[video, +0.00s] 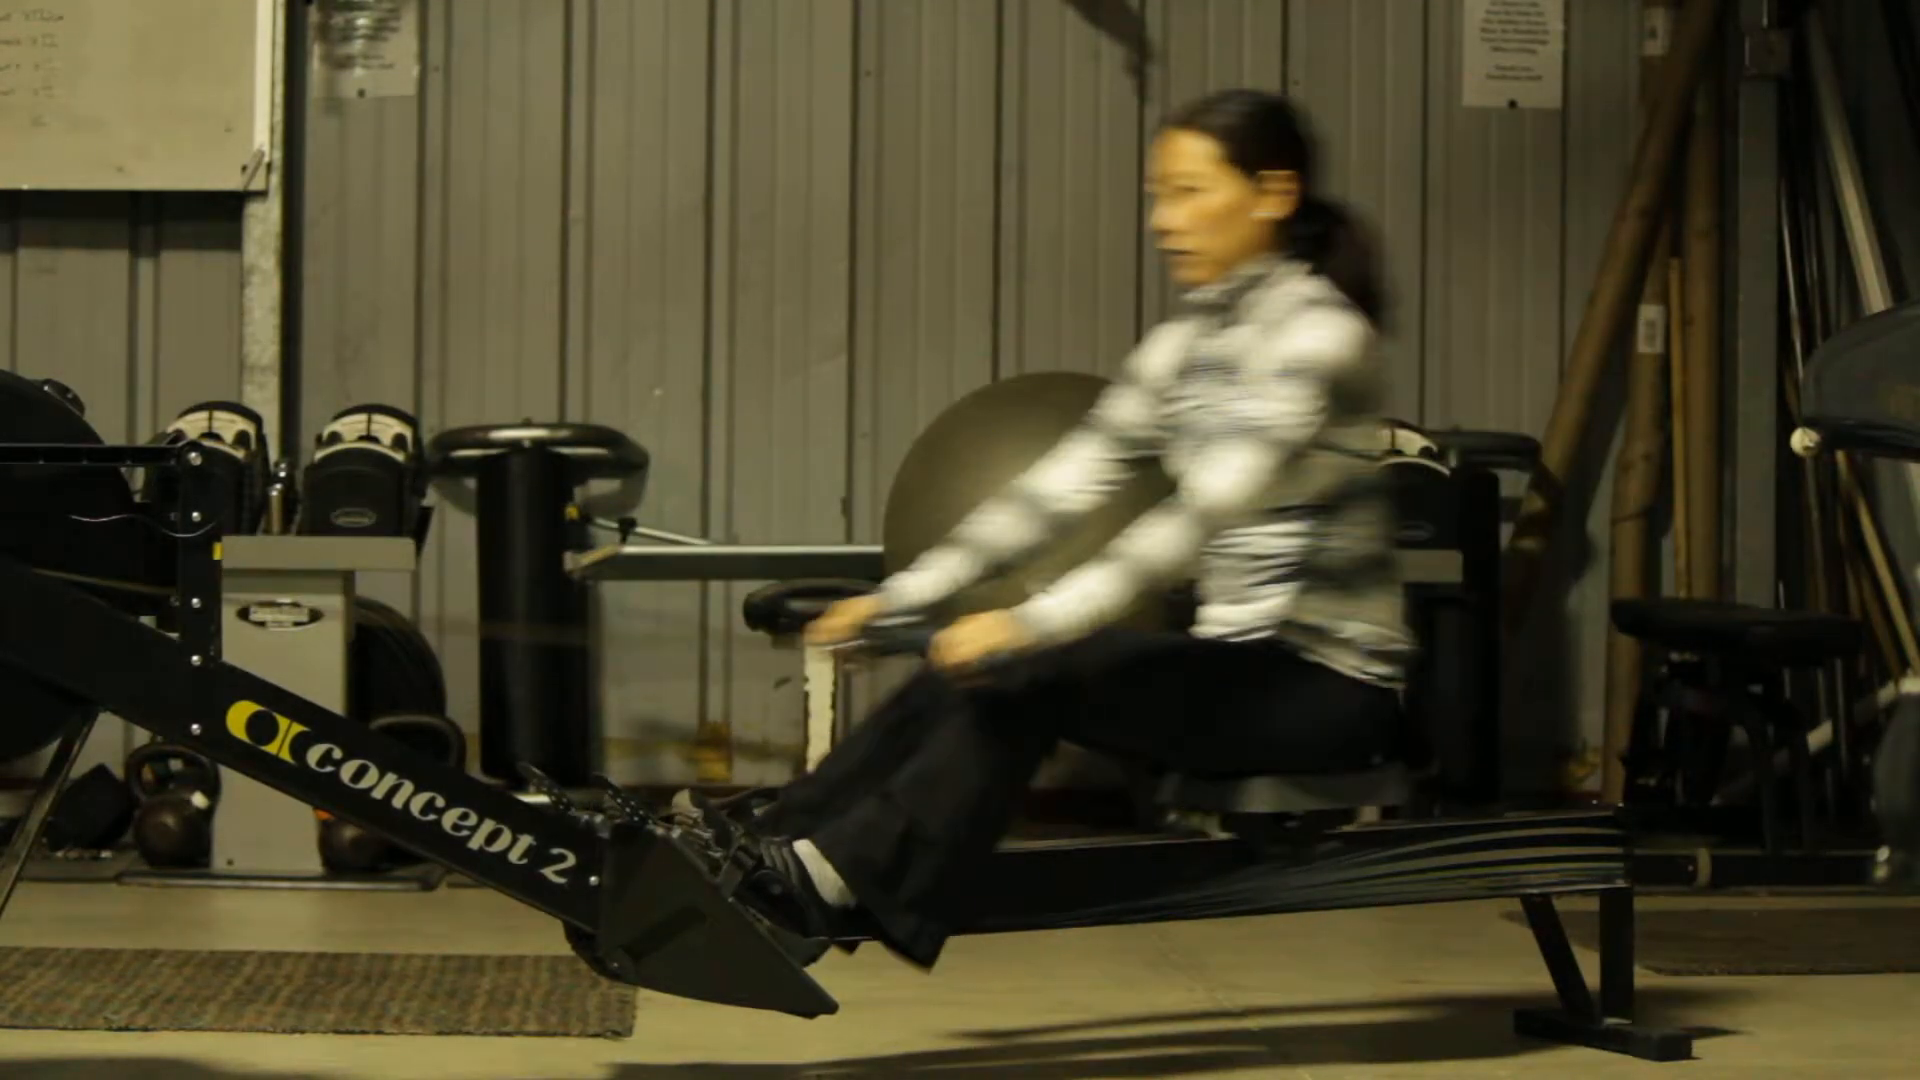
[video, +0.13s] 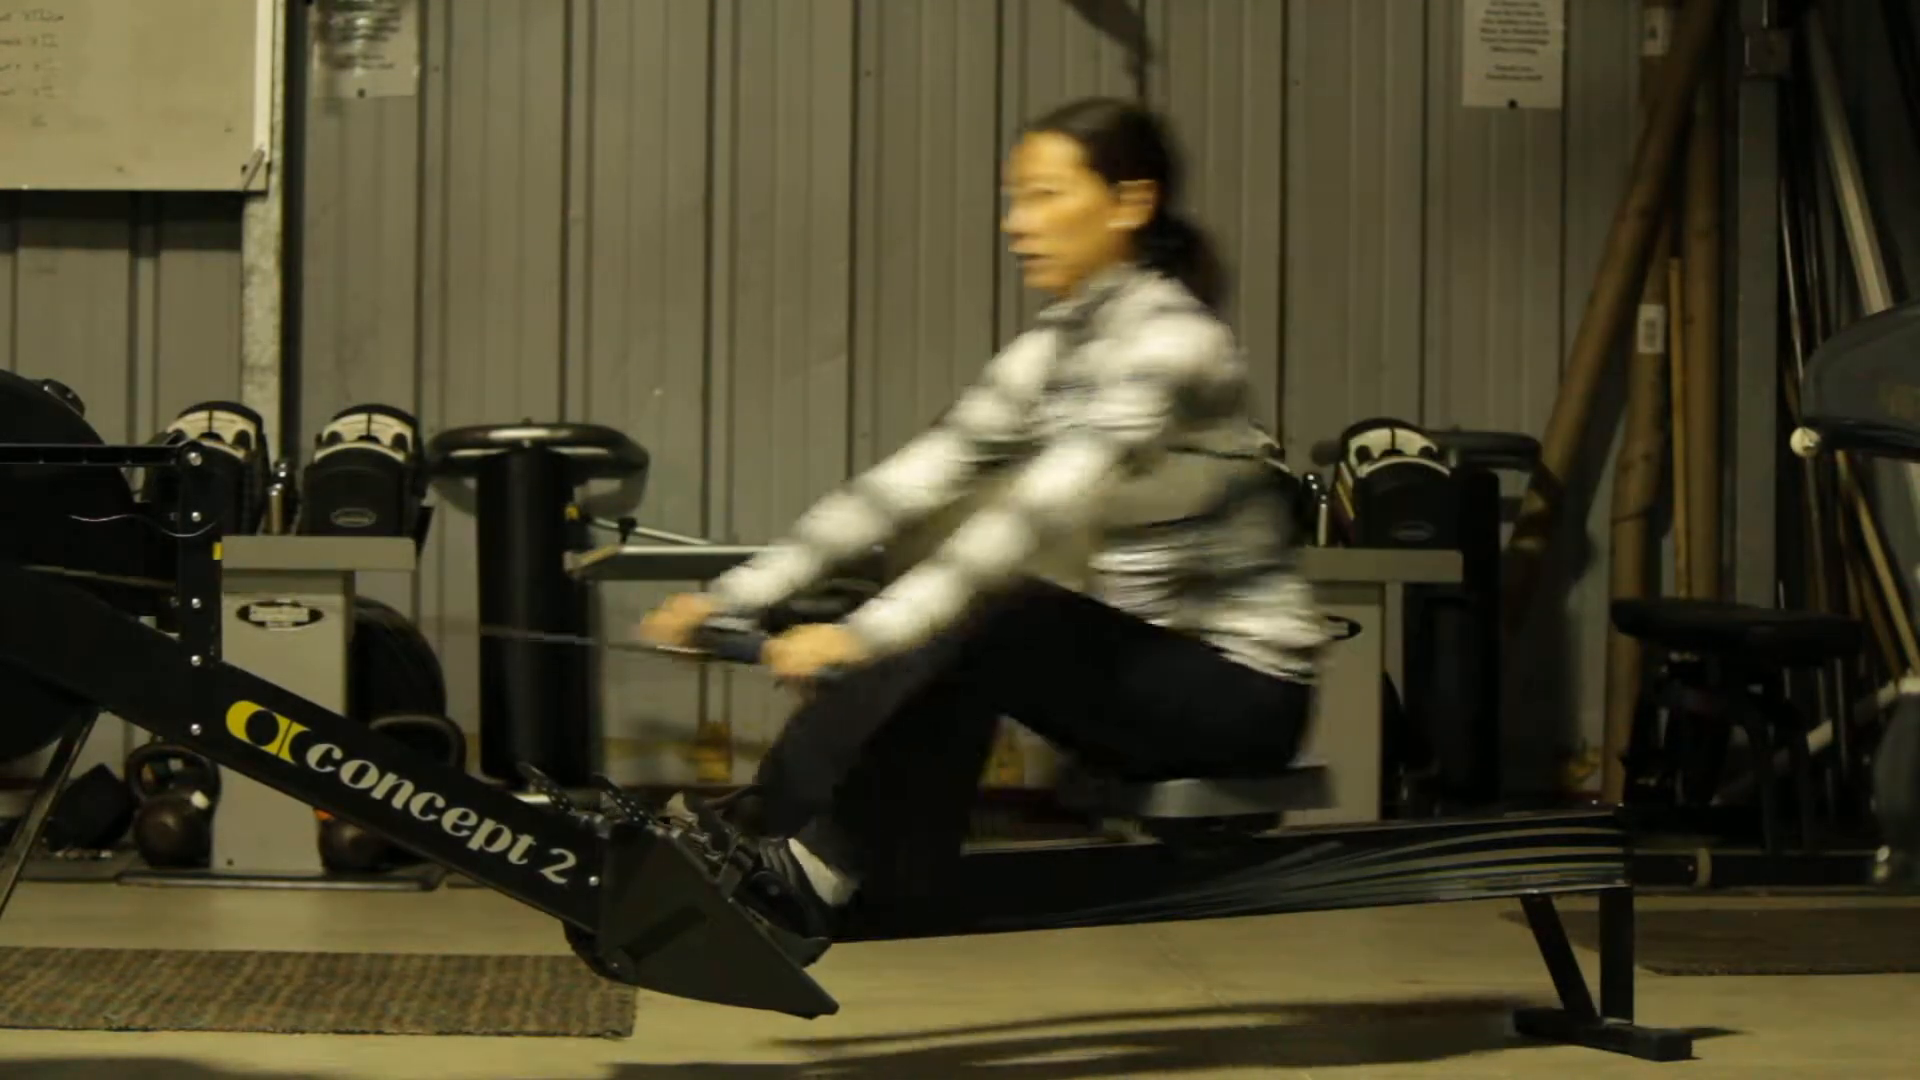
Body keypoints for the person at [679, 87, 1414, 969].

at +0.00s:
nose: (1164, 220)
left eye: (1189, 193)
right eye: (1160, 196)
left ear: (1275, 196)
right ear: (1156, 197)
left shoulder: (1321, 334)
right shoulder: (1182, 341)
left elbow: (1198, 518)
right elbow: (1061, 487)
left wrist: (1032, 622)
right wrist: (892, 600)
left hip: (1332, 681)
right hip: (1230, 659)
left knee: (1022, 686)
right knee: (966, 663)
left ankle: (827, 884)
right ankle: (766, 849)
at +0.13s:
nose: (1016, 225)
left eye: (1044, 197)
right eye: (1014, 202)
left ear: (1134, 203)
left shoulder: (1173, 341)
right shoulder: (1054, 342)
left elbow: (1037, 512)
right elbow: (921, 476)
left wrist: (867, 633)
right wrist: (735, 596)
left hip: (1242, 688)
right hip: (1146, 666)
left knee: (988, 629)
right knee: (935, 621)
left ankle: (836, 867)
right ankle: (771, 825)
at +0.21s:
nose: (922, 230)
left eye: (950, 202)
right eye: (922, 206)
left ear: (1039, 210)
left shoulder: (1080, 347)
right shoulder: (969, 349)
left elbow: (931, 519)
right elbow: (823, 472)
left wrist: (754, 616)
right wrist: (623, 576)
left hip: (1180, 696)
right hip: (1095, 687)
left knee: (937, 589)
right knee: (888, 589)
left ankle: (752, 833)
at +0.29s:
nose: (832, 235)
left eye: (860, 207)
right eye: (833, 210)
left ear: (946, 221)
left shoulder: (989, 354)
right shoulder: (887, 352)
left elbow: (838, 504)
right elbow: (733, 463)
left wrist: (644, 596)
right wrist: (521, 554)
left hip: (1118, 689)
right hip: (1036, 678)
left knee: (879, 575)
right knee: (818, 582)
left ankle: (795, 866)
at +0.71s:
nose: (655, 240)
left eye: (684, 213)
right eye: (662, 215)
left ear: (769, 231)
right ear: (746, 237)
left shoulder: (830, 357)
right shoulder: (718, 366)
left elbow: (669, 502)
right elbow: (575, 472)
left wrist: (476, 595)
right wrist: (369, 560)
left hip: (969, 689)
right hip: (883, 680)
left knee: (747, 541)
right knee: (666, 551)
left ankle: (788, 864)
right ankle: (685, 833)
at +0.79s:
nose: (716, 212)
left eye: (748, 187)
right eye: (722, 190)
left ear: (834, 209)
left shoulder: (883, 344)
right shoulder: (776, 347)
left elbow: (737, 514)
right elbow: (632, 480)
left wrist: (561, 620)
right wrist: (441, 585)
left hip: (981, 692)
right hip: (888, 683)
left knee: (774, 554)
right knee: (698, 561)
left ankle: (789, 862)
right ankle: (683, 835)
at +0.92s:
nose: (856, 188)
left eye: (888, 163)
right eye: (862, 164)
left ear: (978, 185)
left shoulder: (1015, 322)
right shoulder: (907, 324)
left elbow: (874, 482)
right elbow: (765, 463)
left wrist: (693, 571)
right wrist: (577, 552)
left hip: (1044, 691)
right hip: (965, 677)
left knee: (838, 567)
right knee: (747, 566)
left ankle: (777, 853)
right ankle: (687, 831)